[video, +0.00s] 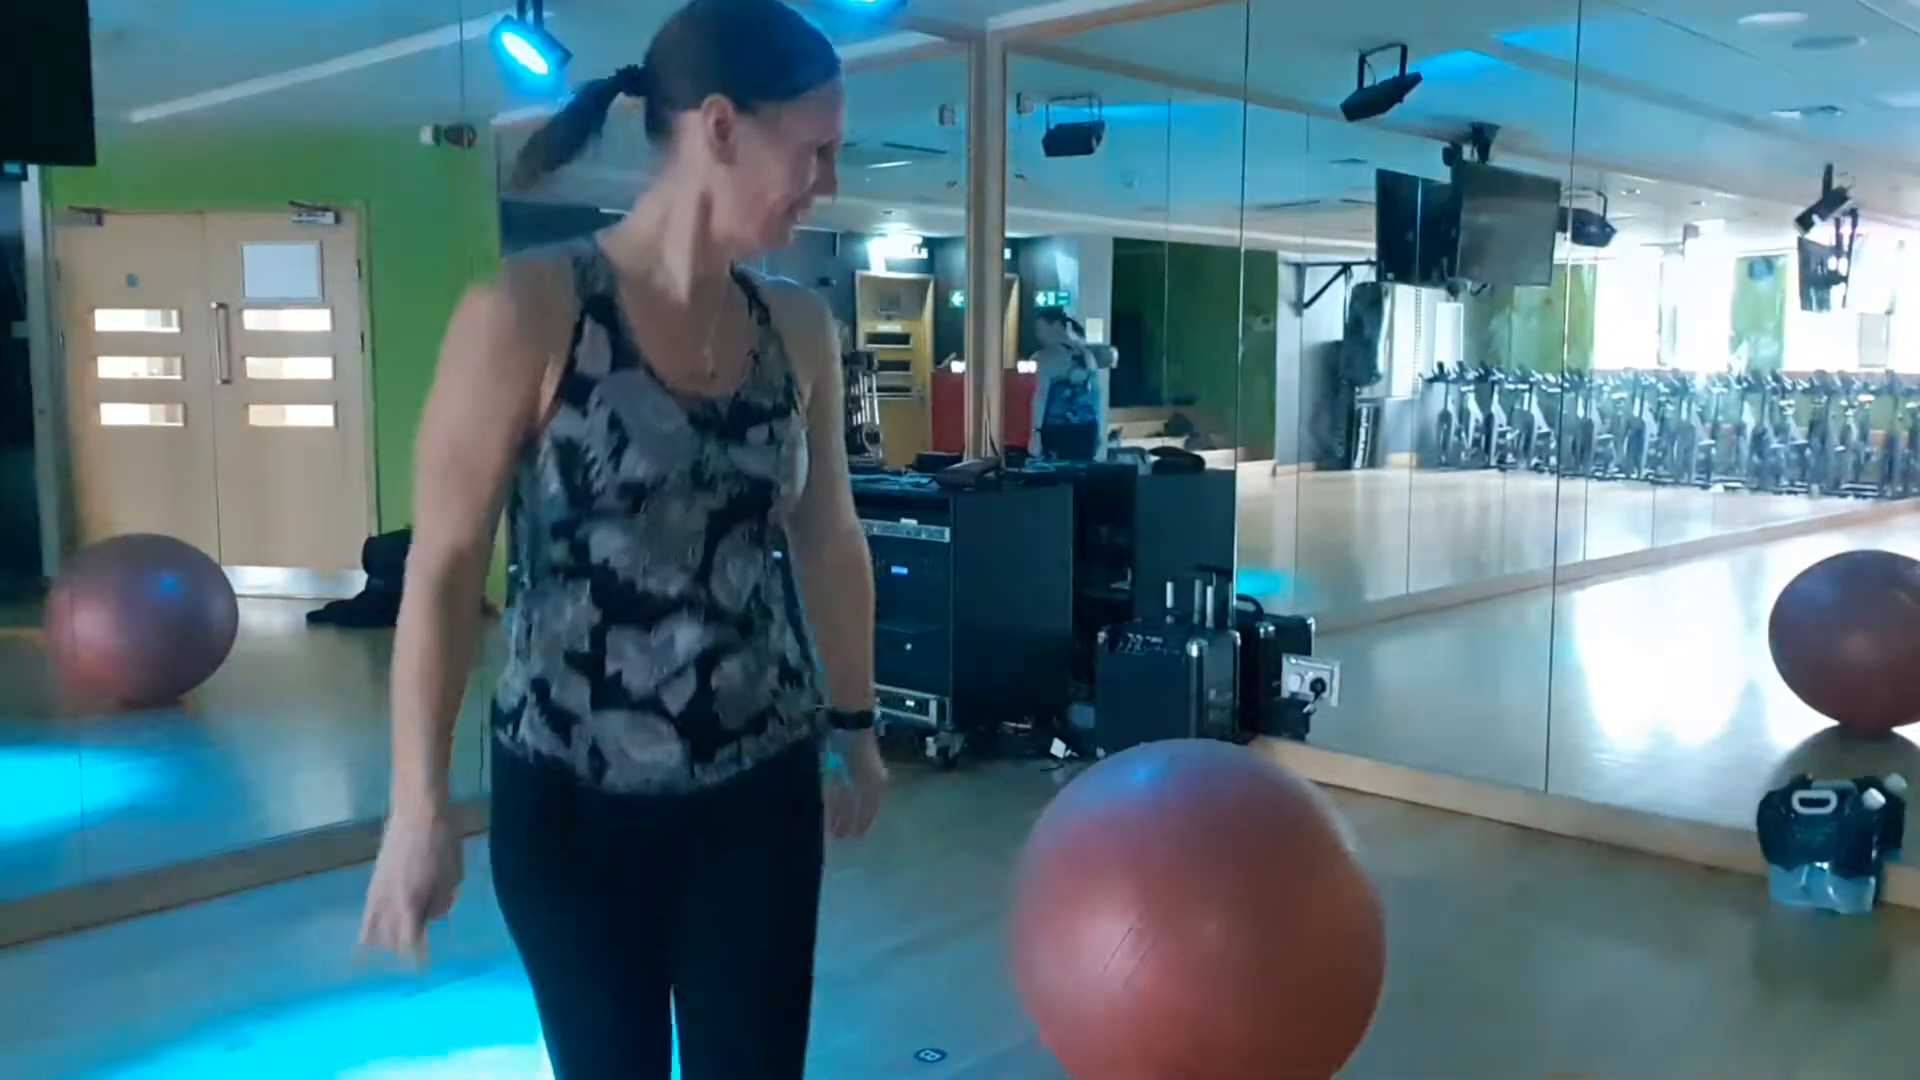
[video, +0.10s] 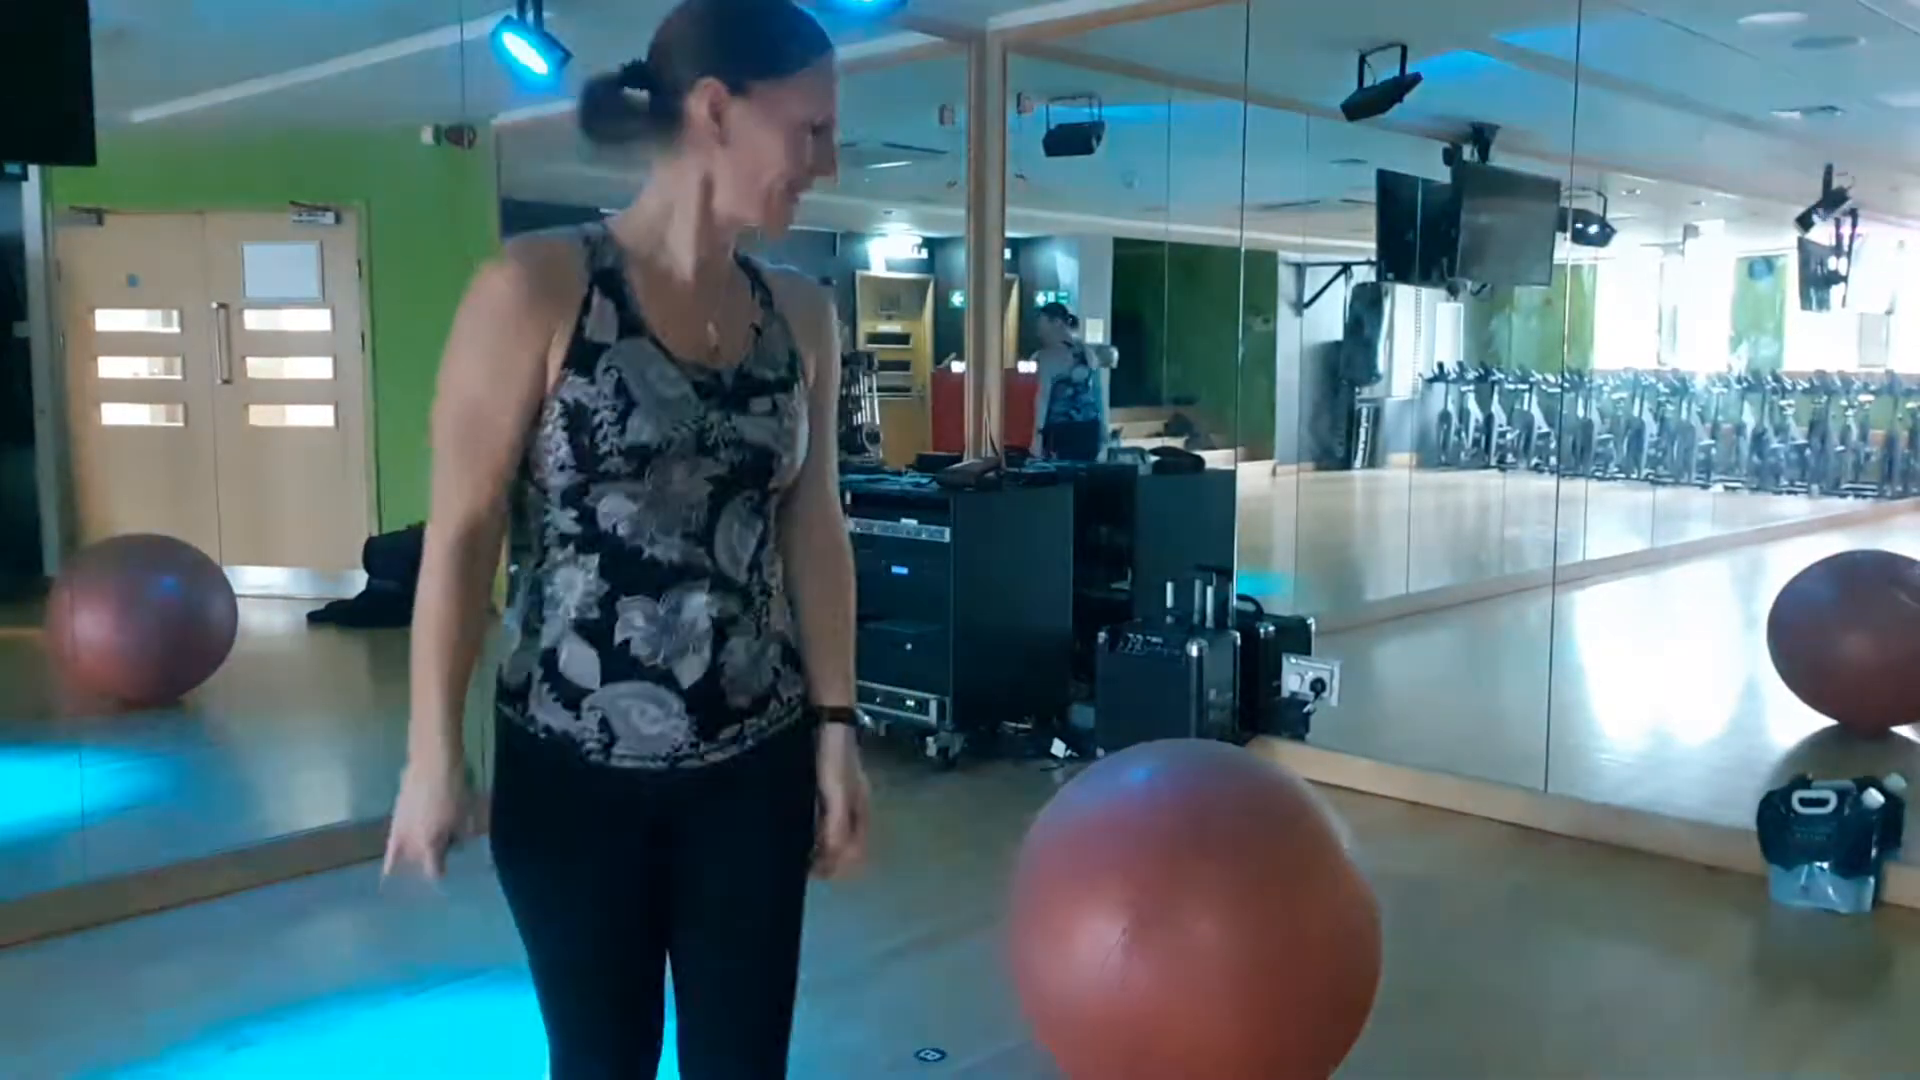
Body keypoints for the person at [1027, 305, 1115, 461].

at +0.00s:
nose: (1038, 335)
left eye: (1040, 328)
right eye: (1037, 329)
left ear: (1056, 325)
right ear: (1062, 325)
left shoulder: (1045, 357)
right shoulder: (1086, 353)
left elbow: (1040, 397)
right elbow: (1096, 396)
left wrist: (1036, 430)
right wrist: (1100, 431)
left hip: (1056, 428)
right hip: (1086, 428)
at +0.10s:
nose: (1039, 331)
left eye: (1042, 324)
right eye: (1039, 324)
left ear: (1057, 323)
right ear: (1063, 323)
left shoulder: (1048, 356)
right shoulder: (1089, 352)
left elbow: (1042, 398)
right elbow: (1099, 397)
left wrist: (1037, 434)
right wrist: (1104, 431)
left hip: (1060, 429)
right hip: (1089, 428)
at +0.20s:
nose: (1040, 328)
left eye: (1043, 323)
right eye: (1040, 323)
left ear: (1054, 323)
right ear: (1067, 323)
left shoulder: (1048, 355)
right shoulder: (1091, 354)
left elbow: (1044, 396)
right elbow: (1103, 396)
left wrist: (1039, 433)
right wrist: (1111, 428)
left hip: (1062, 426)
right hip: (1092, 424)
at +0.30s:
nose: (1047, 331)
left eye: (1048, 327)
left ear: (1050, 327)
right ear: (1070, 323)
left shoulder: (1042, 362)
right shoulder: (1092, 356)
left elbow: (1040, 404)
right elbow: (1104, 395)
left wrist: (1037, 435)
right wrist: (1115, 427)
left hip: (1063, 427)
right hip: (1095, 425)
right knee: (1093, 482)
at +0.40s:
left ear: (1048, 333)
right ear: (1071, 331)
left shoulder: (1041, 367)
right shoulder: (1091, 359)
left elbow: (1034, 408)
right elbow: (1107, 395)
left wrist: (1031, 441)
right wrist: (1118, 427)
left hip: (1063, 430)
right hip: (1095, 429)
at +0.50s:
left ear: (1049, 334)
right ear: (1072, 332)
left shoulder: (1043, 368)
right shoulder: (1094, 358)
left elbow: (1032, 408)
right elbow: (1112, 396)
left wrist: (1022, 443)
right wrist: (1123, 428)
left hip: (1065, 430)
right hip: (1097, 428)